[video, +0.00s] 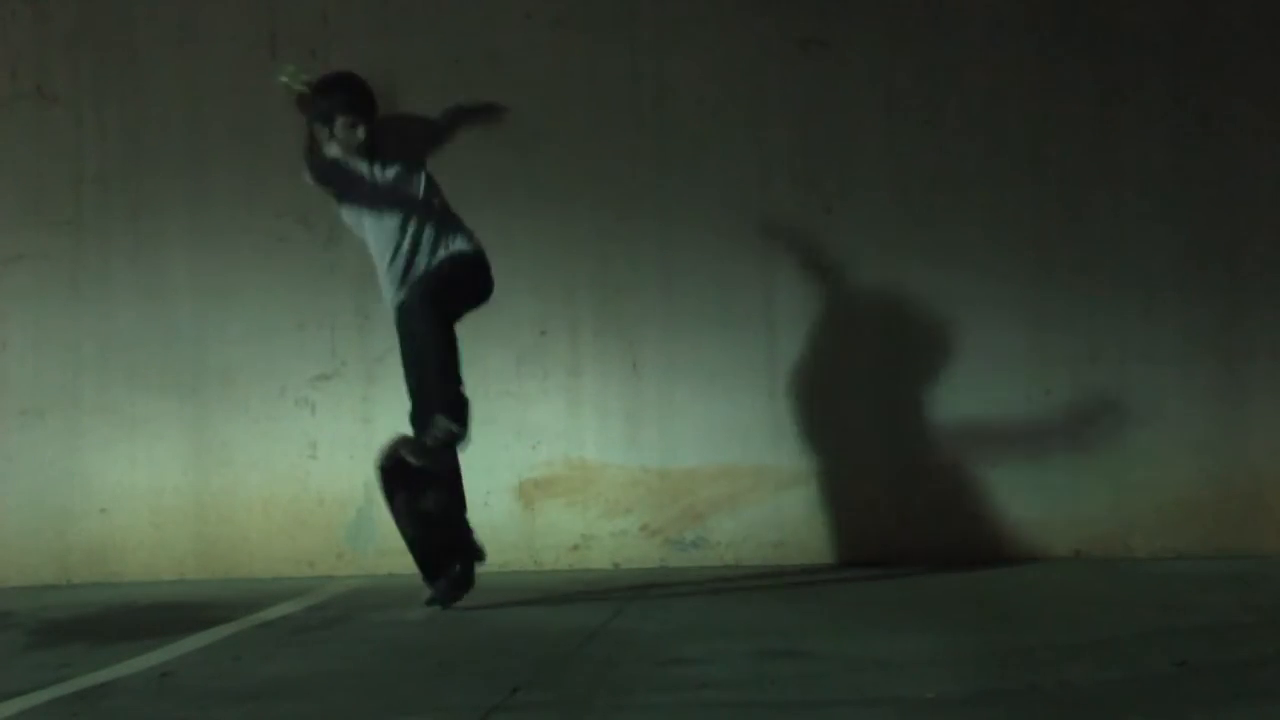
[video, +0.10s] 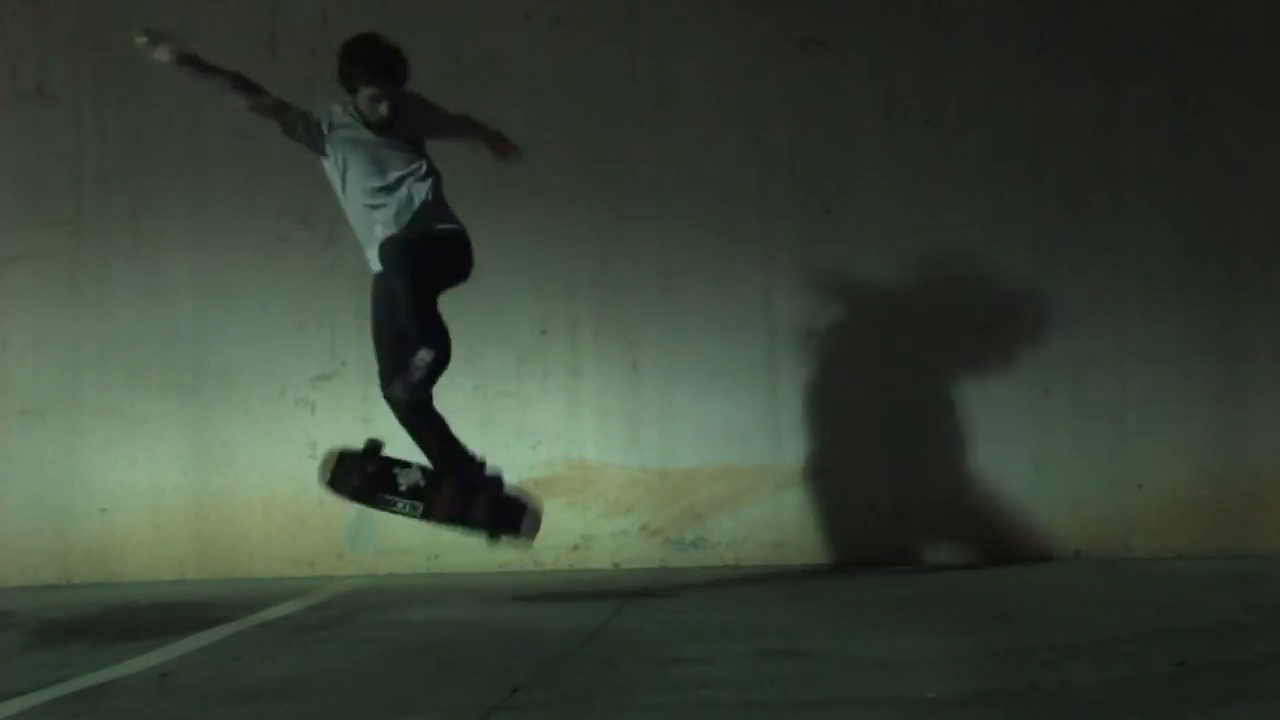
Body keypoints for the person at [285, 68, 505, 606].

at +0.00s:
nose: (360, 135)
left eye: (364, 124)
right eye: (349, 128)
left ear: (371, 120)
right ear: (326, 134)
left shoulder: (398, 139)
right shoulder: (328, 172)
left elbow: (442, 126)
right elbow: (320, 163)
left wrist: (476, 115)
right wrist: (308, 114)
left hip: (458, 263)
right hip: (408, 295)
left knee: (420, 305)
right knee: (429, 421)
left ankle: (443, 417)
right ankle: (453, 550)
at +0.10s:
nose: (387, 108)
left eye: (392, 97)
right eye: (376, 99)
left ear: (400, 88)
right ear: (351, 92)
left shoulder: (408, 115)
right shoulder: (327, 132)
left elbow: (455, 125)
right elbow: (258, 100)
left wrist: (493, 139)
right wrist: (188, 62)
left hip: (445, 243)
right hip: (392, 267)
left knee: (395, 253)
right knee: (400, 386)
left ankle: (428, 348)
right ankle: (466, 474)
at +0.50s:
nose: (340, 259)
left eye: (347, 247)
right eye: (328, 250)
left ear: (358, 237)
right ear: (308, 244)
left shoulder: (390, 267)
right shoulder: (298, 284)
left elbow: (475, 278)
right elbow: (246, 330)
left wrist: (564, 299)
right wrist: (209, 356)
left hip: (405, 397)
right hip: (346, 403)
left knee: (342, 454)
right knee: (306, 470)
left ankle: (379, 566)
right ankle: (347, 563)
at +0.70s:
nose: (293, 257)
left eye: (298, 244)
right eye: (284, 249)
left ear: (321, 229)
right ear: (277, 247)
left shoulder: (373, 250)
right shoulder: (279, 281)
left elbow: (456, 262)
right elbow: (228, 338)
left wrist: (533, 295)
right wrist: (184, 383)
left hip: (410, 372)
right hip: (352, 379)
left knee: (356, 441)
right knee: (319, 459)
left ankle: (389, 560)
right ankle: (358, 559)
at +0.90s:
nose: (263, 252)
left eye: (267, 238)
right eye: (253, 244)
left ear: (288, 220)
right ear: (248, 241)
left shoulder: (348, 222)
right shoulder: (274, 275)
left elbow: (437, 226)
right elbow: (263, 357)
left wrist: (515, 257)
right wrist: (232, 425)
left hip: (424, 332)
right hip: (367, 344)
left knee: (375, 430)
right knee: (337, 442)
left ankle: (388, 559)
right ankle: (355, 560)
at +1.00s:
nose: (253, 265)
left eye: (254, 251)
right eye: (243, 258)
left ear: (277, 231)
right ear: (242, 254)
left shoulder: (337, 229)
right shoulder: (280, 283)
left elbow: (430, 229)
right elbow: (292, 365)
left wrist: (508, 267)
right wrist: (273, 445)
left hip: (431, 324)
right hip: (377, 339)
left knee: (387, 430)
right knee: (348, 438)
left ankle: (391, 560)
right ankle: (359, 558)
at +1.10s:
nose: (247, 280)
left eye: (247, 267)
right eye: (238, 273)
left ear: (270, 245)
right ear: (243, 265)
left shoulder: (333, 241)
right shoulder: (284, 289)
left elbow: (427, 243)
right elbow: (316, 359)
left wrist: (499, 295)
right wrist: (313, 444)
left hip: (437, 319)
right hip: (382, 336)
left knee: (399, 431)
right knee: (363, 436)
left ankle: (397, 560)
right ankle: (364, 558)